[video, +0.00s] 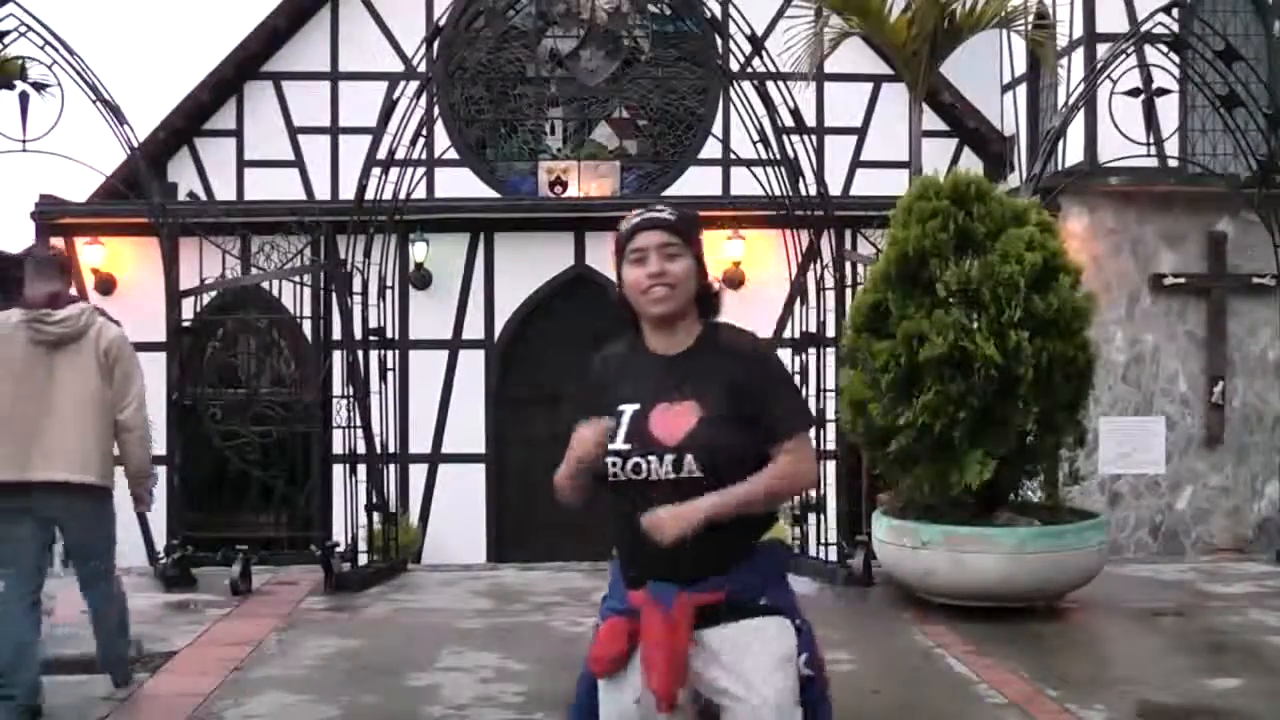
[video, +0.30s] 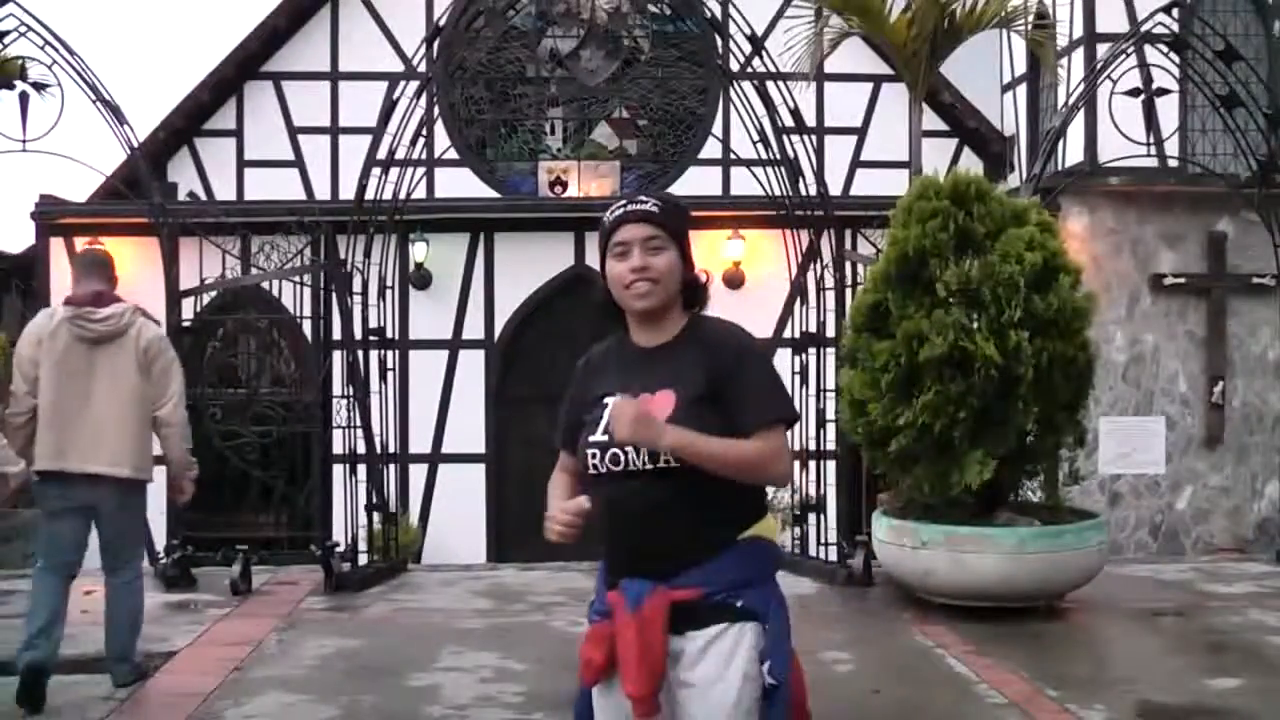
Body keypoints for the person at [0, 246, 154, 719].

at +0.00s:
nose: (36, 297)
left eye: (33, 291)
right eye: (46, 289)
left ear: (24, 289)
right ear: (69, 286)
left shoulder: (5, 331)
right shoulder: (105, 335)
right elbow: (132, 417)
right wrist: (141, 484)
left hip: (13, 482)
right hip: (82, 482)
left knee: (16, 590)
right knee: (99, 575)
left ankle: (16, 703)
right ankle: (119, 671)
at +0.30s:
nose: (91, 291)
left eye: (80, 281)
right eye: (111, 282)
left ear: (72, 281)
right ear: (116, 282)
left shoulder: (41, 329)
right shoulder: (147, 334)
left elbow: (17, 407)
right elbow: (170, 411)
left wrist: (31, 457)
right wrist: (182, 469)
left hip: (58, 473)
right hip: (121, 476)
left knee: (52, 568)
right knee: (124, 570)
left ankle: (36, 657)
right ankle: (123, 666)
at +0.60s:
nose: (93, 285)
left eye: (94, 278)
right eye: (101, 279)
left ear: (96, 280)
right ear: (136, 283)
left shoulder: (65, 329)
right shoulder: (166, 331)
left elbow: (36, 404)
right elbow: (196, 403)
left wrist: (45, 447)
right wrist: (216, 459)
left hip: (82, 464)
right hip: (140, 465)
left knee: (84, 561)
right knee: (133, 565)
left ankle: (81, 659)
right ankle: (123, 665)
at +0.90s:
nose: (93, 289)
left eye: (97, 282)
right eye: (97, 282)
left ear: (107, 284)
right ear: (140, 289)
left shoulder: (74, 336)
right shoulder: (171, 336)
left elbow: (46, 402)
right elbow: (202, 406)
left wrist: (38, 451)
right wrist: (221, 457)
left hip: (90, 465)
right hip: (147, 466)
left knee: (104, 552)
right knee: (138, 564)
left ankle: (107, 628)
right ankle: (124, 661)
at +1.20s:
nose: (97, 296)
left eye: (97, 290)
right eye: (101, 290)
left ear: (98, 291)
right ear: (135, 291)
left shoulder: (73, 342)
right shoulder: (166, 339)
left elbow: (56, 405)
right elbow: (191, 410)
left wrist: (51, 448)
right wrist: (189, 450)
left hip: (92, 462)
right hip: (145, 460)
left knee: (109, 548)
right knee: (150, 545)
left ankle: (115, 636)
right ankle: (132, 624)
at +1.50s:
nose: (97, 295)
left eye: (97, 289)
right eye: (99, 290)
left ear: (100, 289)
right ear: (136, 287)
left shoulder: (75, 336)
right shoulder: (164, 335)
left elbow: (60, 397)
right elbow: (186, 405)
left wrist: (66, 443)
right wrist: (197, 455)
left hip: (92, 456)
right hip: (147, 455)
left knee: (106, 546)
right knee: (162, 538)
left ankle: (117, 633)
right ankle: (175, 621)